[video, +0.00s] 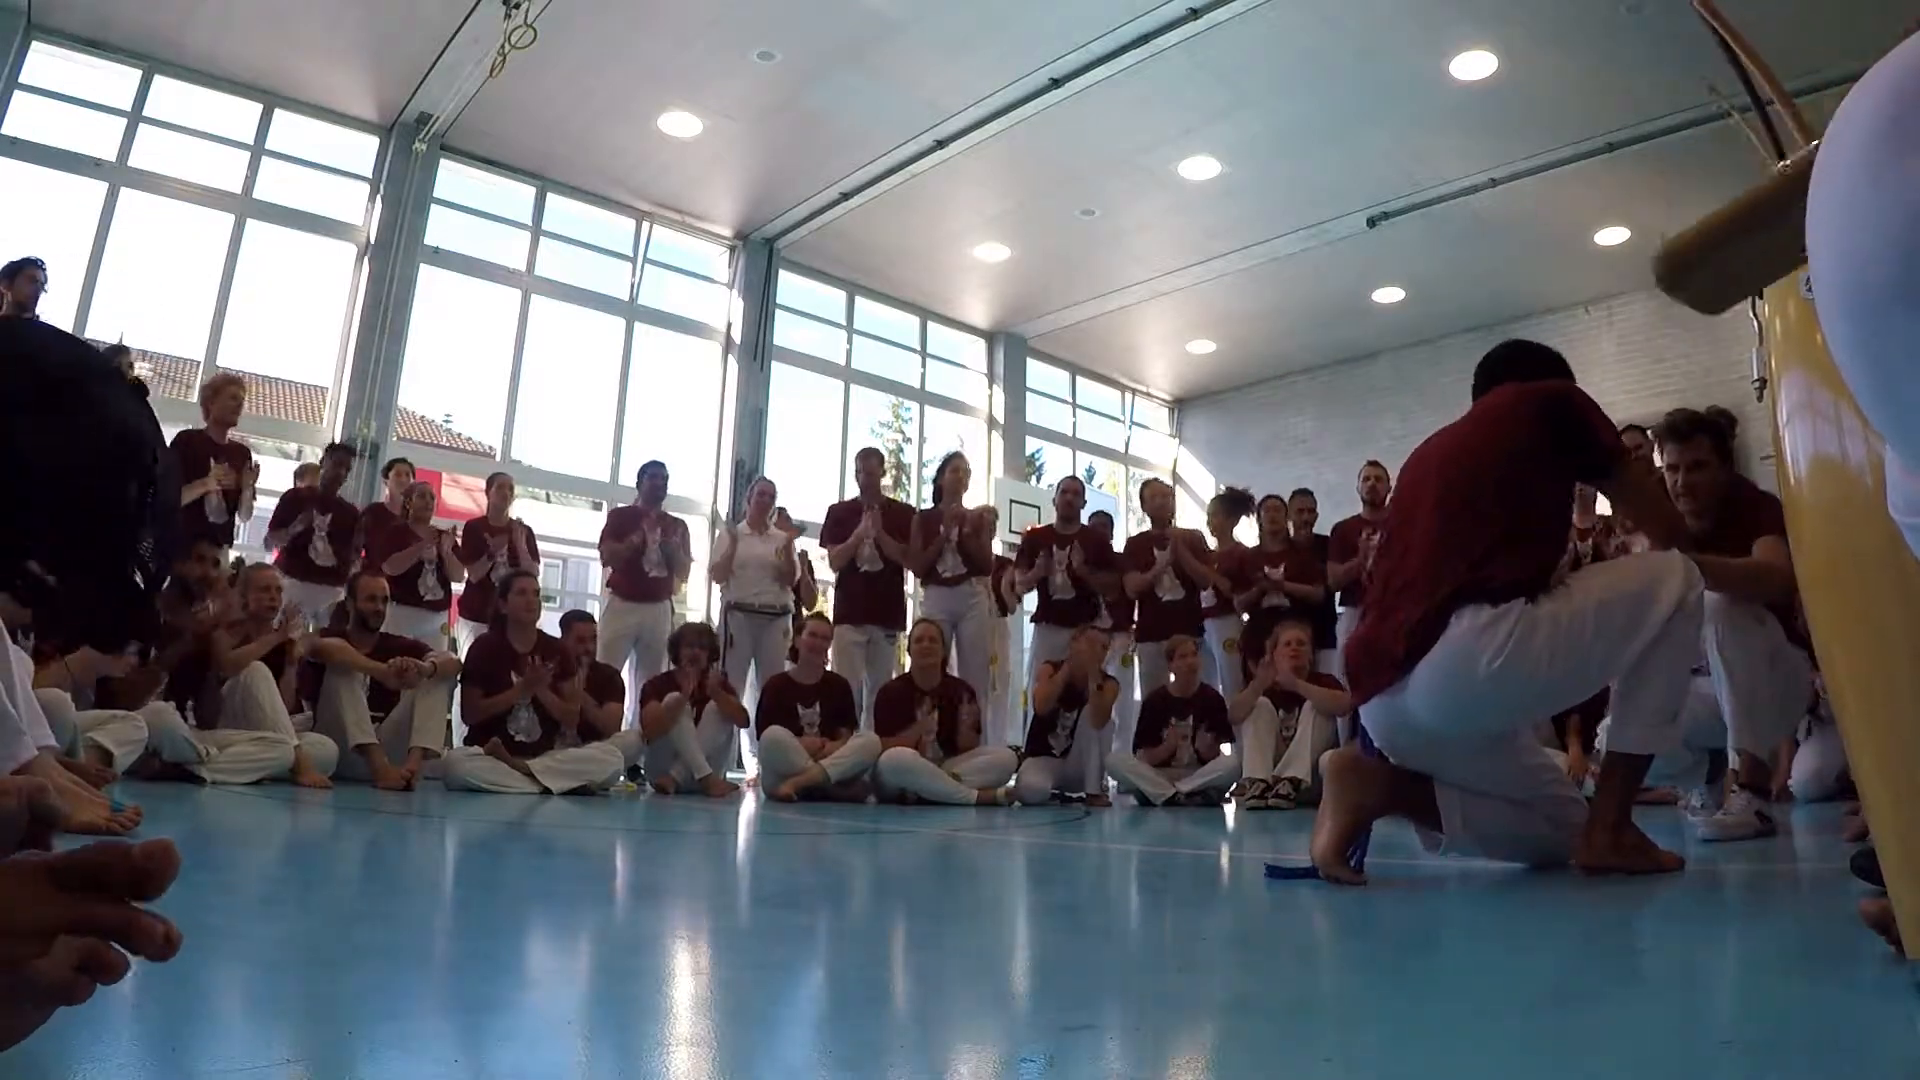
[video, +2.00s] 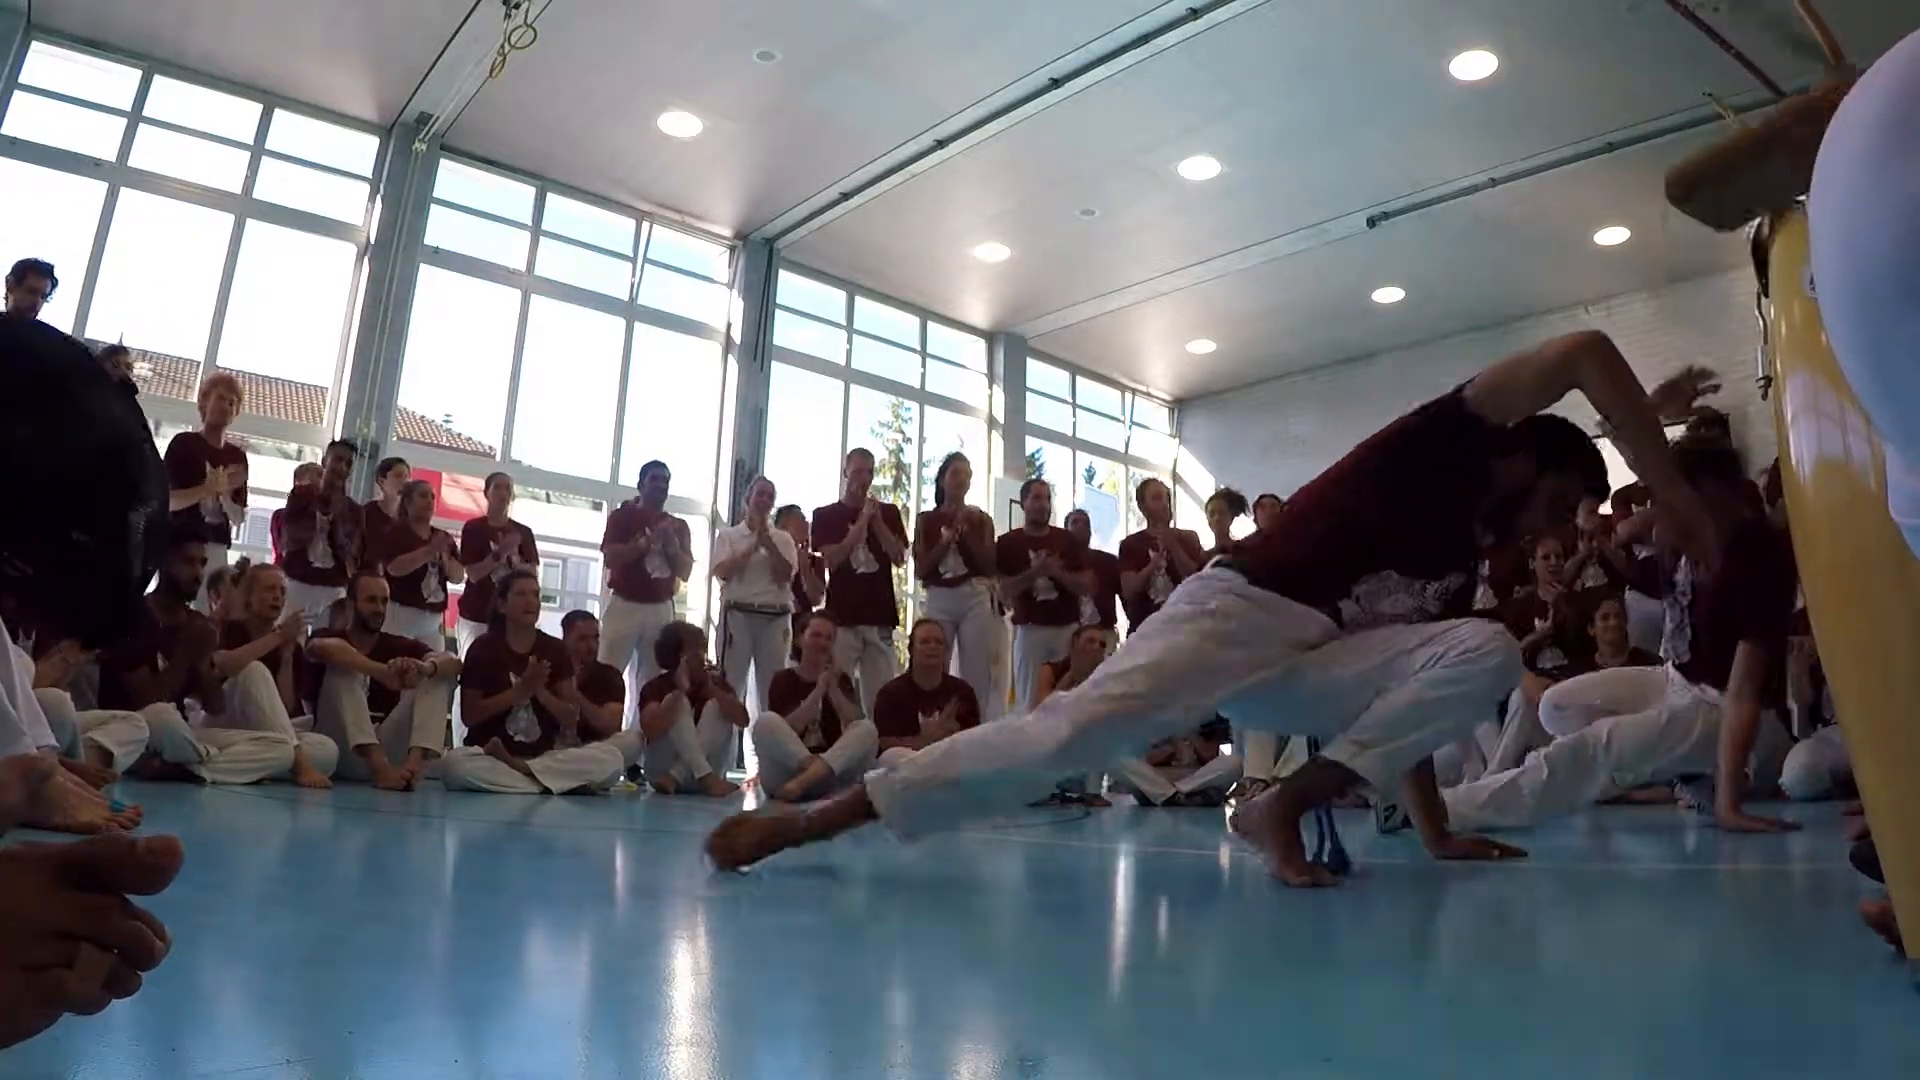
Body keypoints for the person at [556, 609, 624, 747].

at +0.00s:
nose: (589, 647)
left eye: (593, 639)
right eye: (581, 641)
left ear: (598, 639)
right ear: (563, 641)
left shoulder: (609, 675)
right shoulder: (548, 674)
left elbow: (610, 728)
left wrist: (578, 695)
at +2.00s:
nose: (591, 645)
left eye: (595, 638)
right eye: (583, 638)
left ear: (599, 638)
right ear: (565, 640)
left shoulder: (610, 676)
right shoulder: (548, 673)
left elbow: (610, 725)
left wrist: (574, 695)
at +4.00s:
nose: (593, 650)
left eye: (598, 643)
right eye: (586, 642)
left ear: (602, 644)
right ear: (567, 640)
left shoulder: (610, 675)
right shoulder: (549, 673)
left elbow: (610, 728)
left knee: (635, 738)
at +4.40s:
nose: (593, 650)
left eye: (598, 643)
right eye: (586, 642)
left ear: (602, 644)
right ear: (568, 640)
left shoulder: (610, 675)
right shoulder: (549, 673)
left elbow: (610, 728)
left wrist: (573, 698)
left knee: (634, 738)